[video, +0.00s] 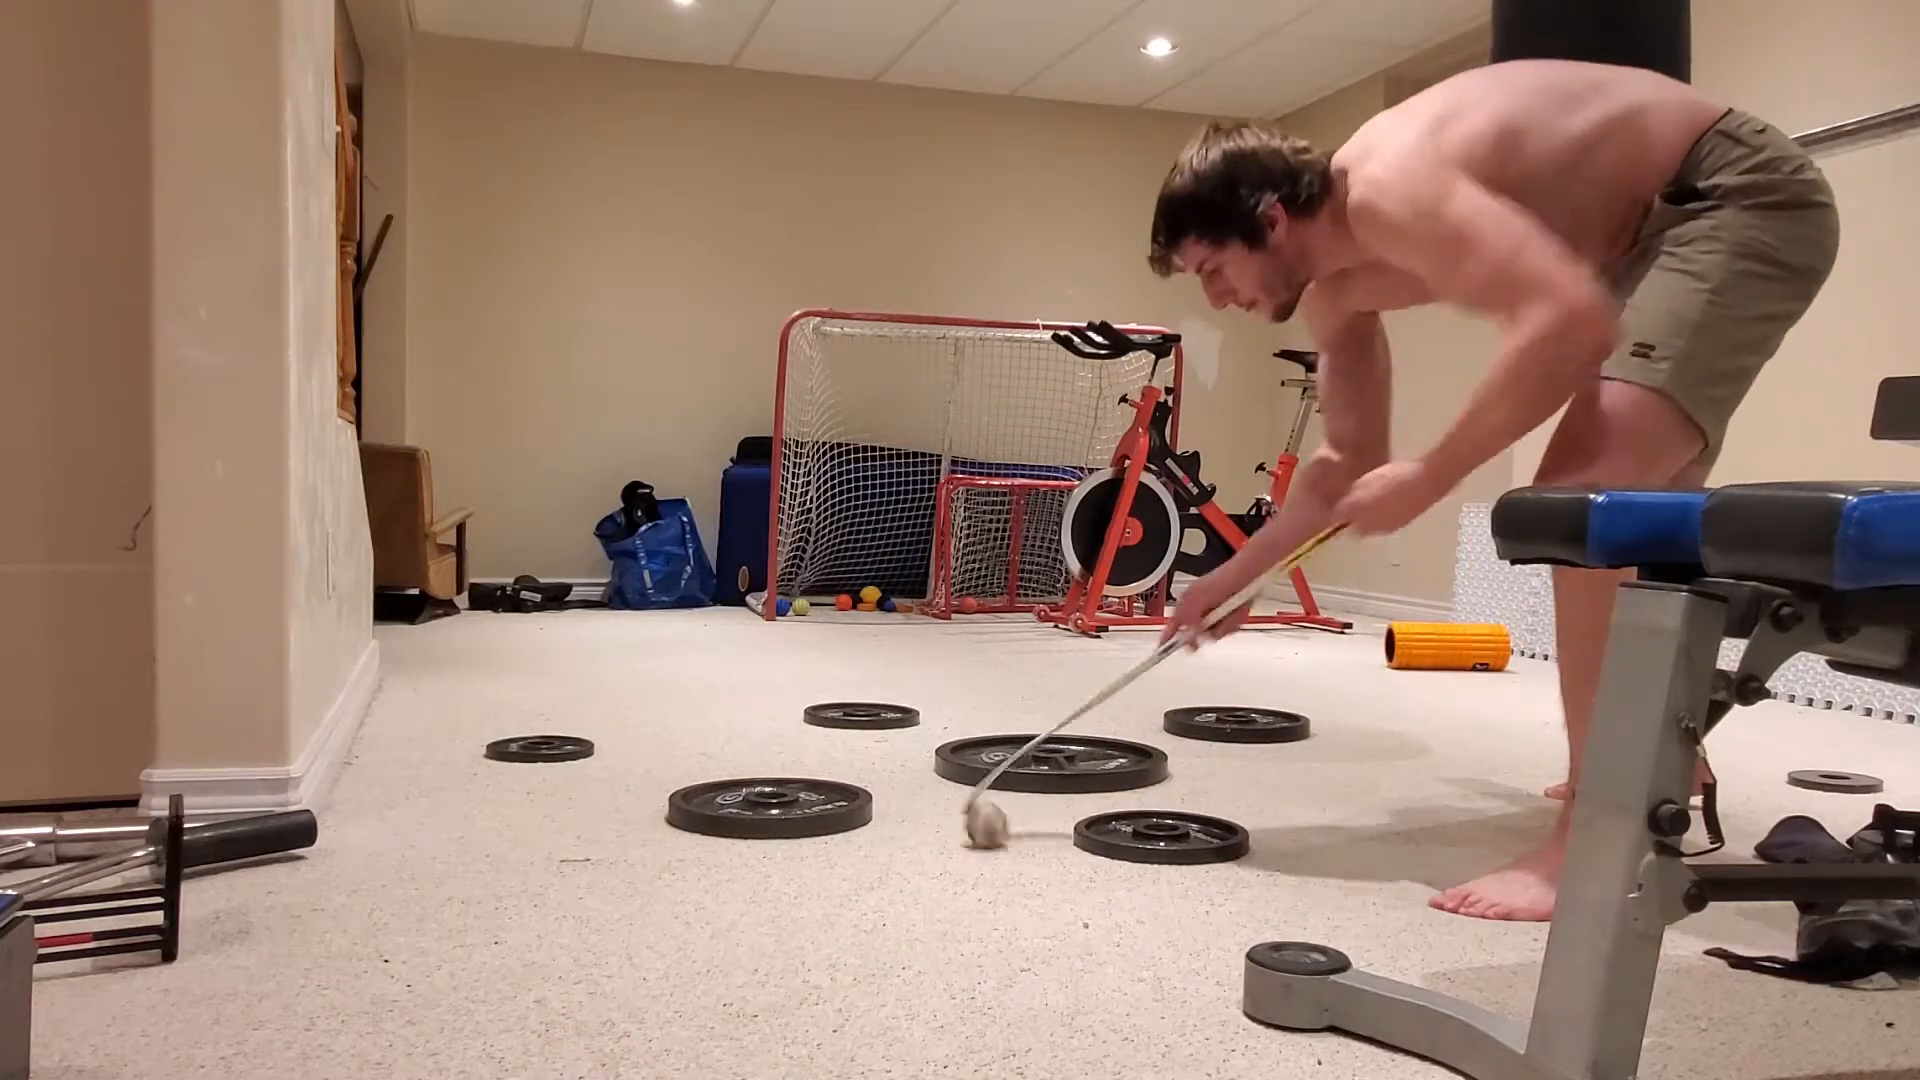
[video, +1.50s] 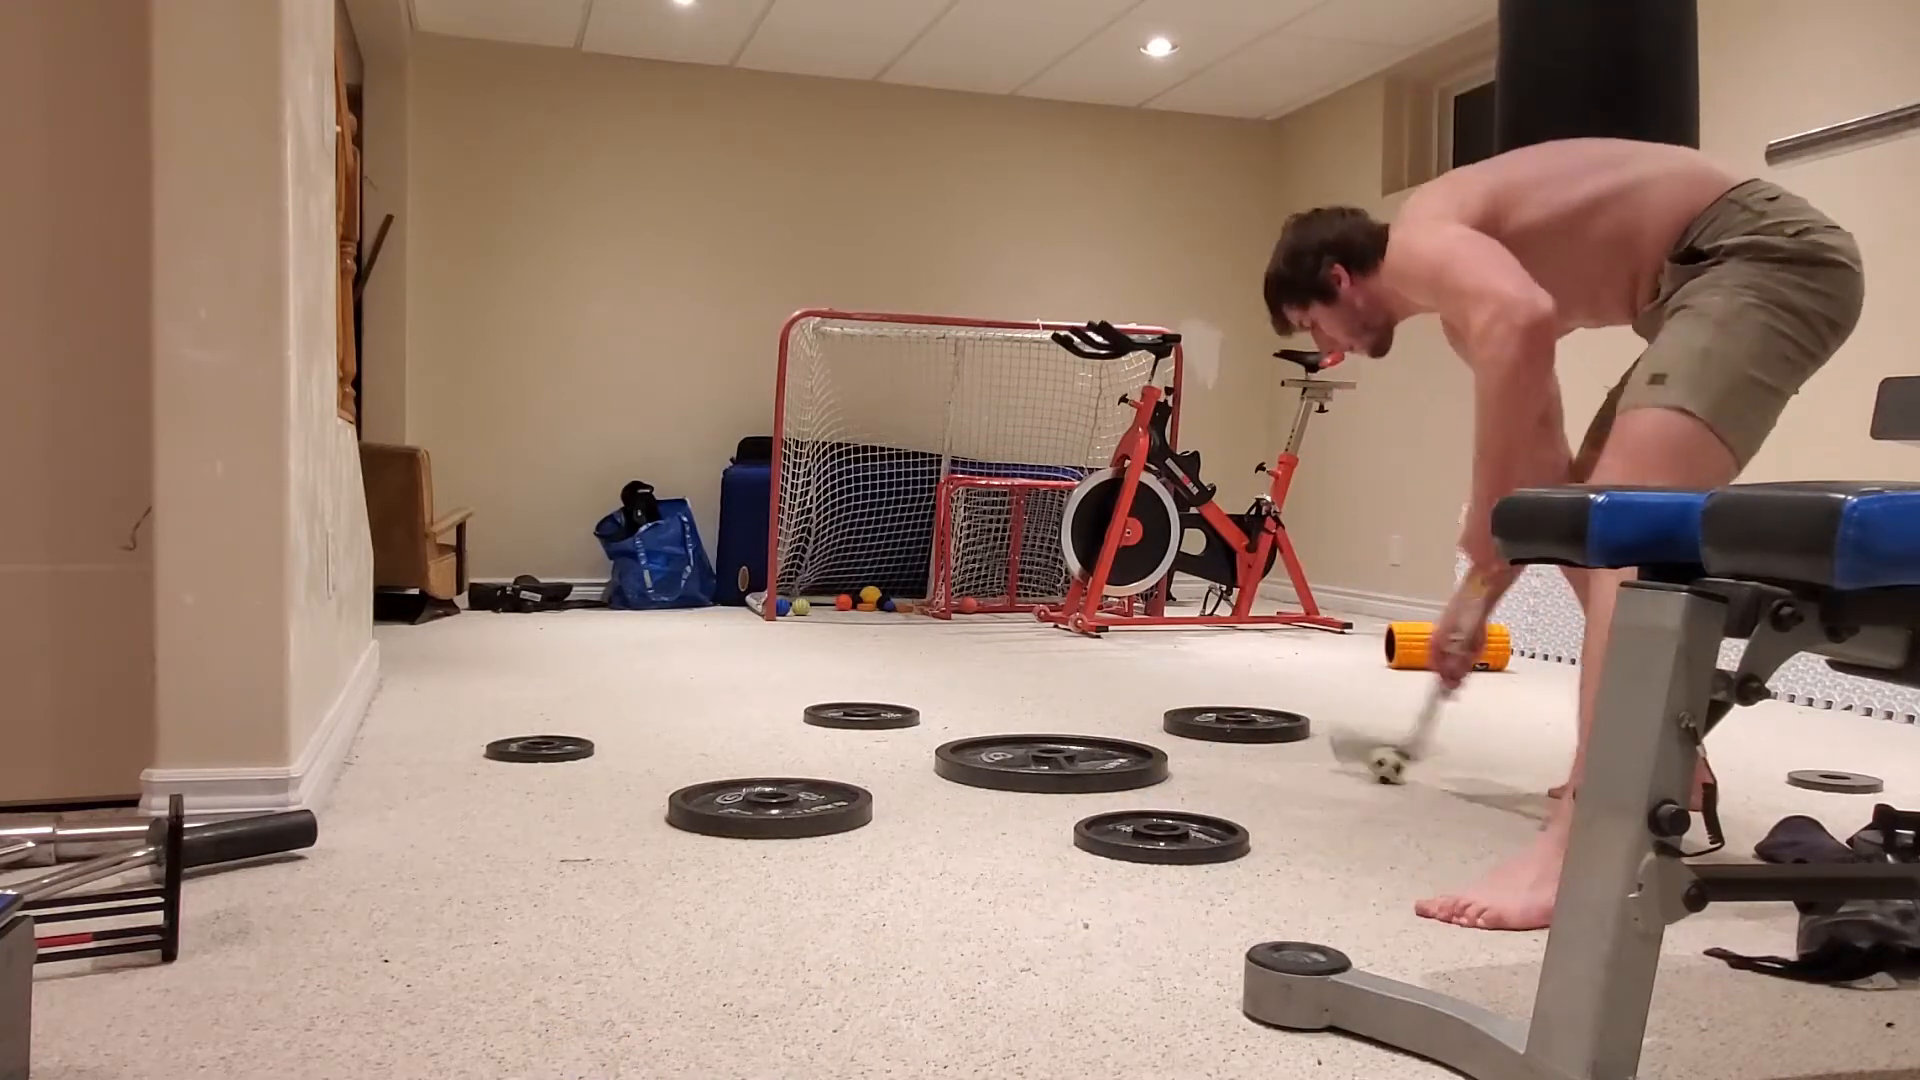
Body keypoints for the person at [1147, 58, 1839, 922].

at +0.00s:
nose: (1217, 300)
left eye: (1213, 270)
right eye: (1201, 284)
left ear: (1268, 219)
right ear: (1266, 226)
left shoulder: (1394, 193)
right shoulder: (1338, 290)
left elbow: (1575, 321)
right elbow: (1345, 463)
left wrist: (1429, 476)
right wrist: (1233, 577)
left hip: (1740, 193)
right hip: (1657, 238)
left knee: (1578, 496)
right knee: (1628, 508)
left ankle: (1595, 835)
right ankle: (1670, 760)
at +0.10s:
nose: (1218, 285)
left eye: (1216, 251)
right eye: (1201, 267)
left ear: (1273, 193)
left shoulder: (1418, 152)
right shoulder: (1338, 285)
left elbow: (1660, 204)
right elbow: (1395, 442)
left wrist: (1553, 413)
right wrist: (1350, 552)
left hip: (1737, 180)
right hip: (1637, 230)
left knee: (1606, 496)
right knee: (1582, 488)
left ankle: (1597, 832)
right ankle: (1654, 762)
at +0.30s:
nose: (1237, 274)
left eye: (1237, 239)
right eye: (1220, 257)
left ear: (1297, 178)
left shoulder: (1428, 127)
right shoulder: (1356, 306)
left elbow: (1663, 169)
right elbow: (1452, 433)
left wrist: (1573, 383)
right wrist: (1457, 543)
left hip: (1742, 186)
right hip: (1639, 242)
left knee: (1630, 470)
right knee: (1610, 468)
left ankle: (1611, 833)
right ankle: (1661, 755)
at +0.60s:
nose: (1267, 320)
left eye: (1252, 293)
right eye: (1248, 309)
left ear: (1287, 232)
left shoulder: (1402, 169)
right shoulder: (1421, 309)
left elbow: (1592, 178)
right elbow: (1574, 408)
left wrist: (1553, 395)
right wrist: (1565, 567)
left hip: (1765, 176)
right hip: (1683, 250)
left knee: (1673, 470)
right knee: (1654, 497)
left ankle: (1618, 838)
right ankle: (1670, 786)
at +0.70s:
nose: (1303, 357)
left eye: (1286, 336)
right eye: (1285, 349)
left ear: (1306, 279)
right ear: (1316, 282)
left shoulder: (1400, 214)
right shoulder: (1464, 333)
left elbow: (1549, 280)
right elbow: (1600, 452)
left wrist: (1549, 511)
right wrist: (1577, 613)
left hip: (1776, 184)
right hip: (1722, 229)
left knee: (1669, 486)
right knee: (1660, 492)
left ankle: (1607, 841)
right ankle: (1678, 771)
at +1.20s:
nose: (1338, 377)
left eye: (1325, 356)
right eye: (1323, 366)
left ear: (1352, 312)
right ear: (1362, 311)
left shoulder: (1429, 268)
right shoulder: (1503, 330)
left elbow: (1510, 370)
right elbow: (1544, 498)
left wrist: (1470, 543)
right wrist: (1466, 625)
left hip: (1771, 268)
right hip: (1746, 284)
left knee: (1596, 516)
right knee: (1619, 516)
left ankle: (1599, 838)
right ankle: (1671, 761)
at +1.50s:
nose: (1326, 352)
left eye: (1313, 329)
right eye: (1310, 342)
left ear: (1339, 277)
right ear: (1345, 279)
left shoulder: (1416, 244)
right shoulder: (1471, 304)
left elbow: (1525, 317)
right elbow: (1538, 473)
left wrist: (1492, 513)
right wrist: (1471, 600)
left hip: (1759, 254)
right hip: (1704, 287)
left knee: (1623, 532)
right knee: (1583, 522)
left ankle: (1578, 845)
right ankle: (1668, 754)